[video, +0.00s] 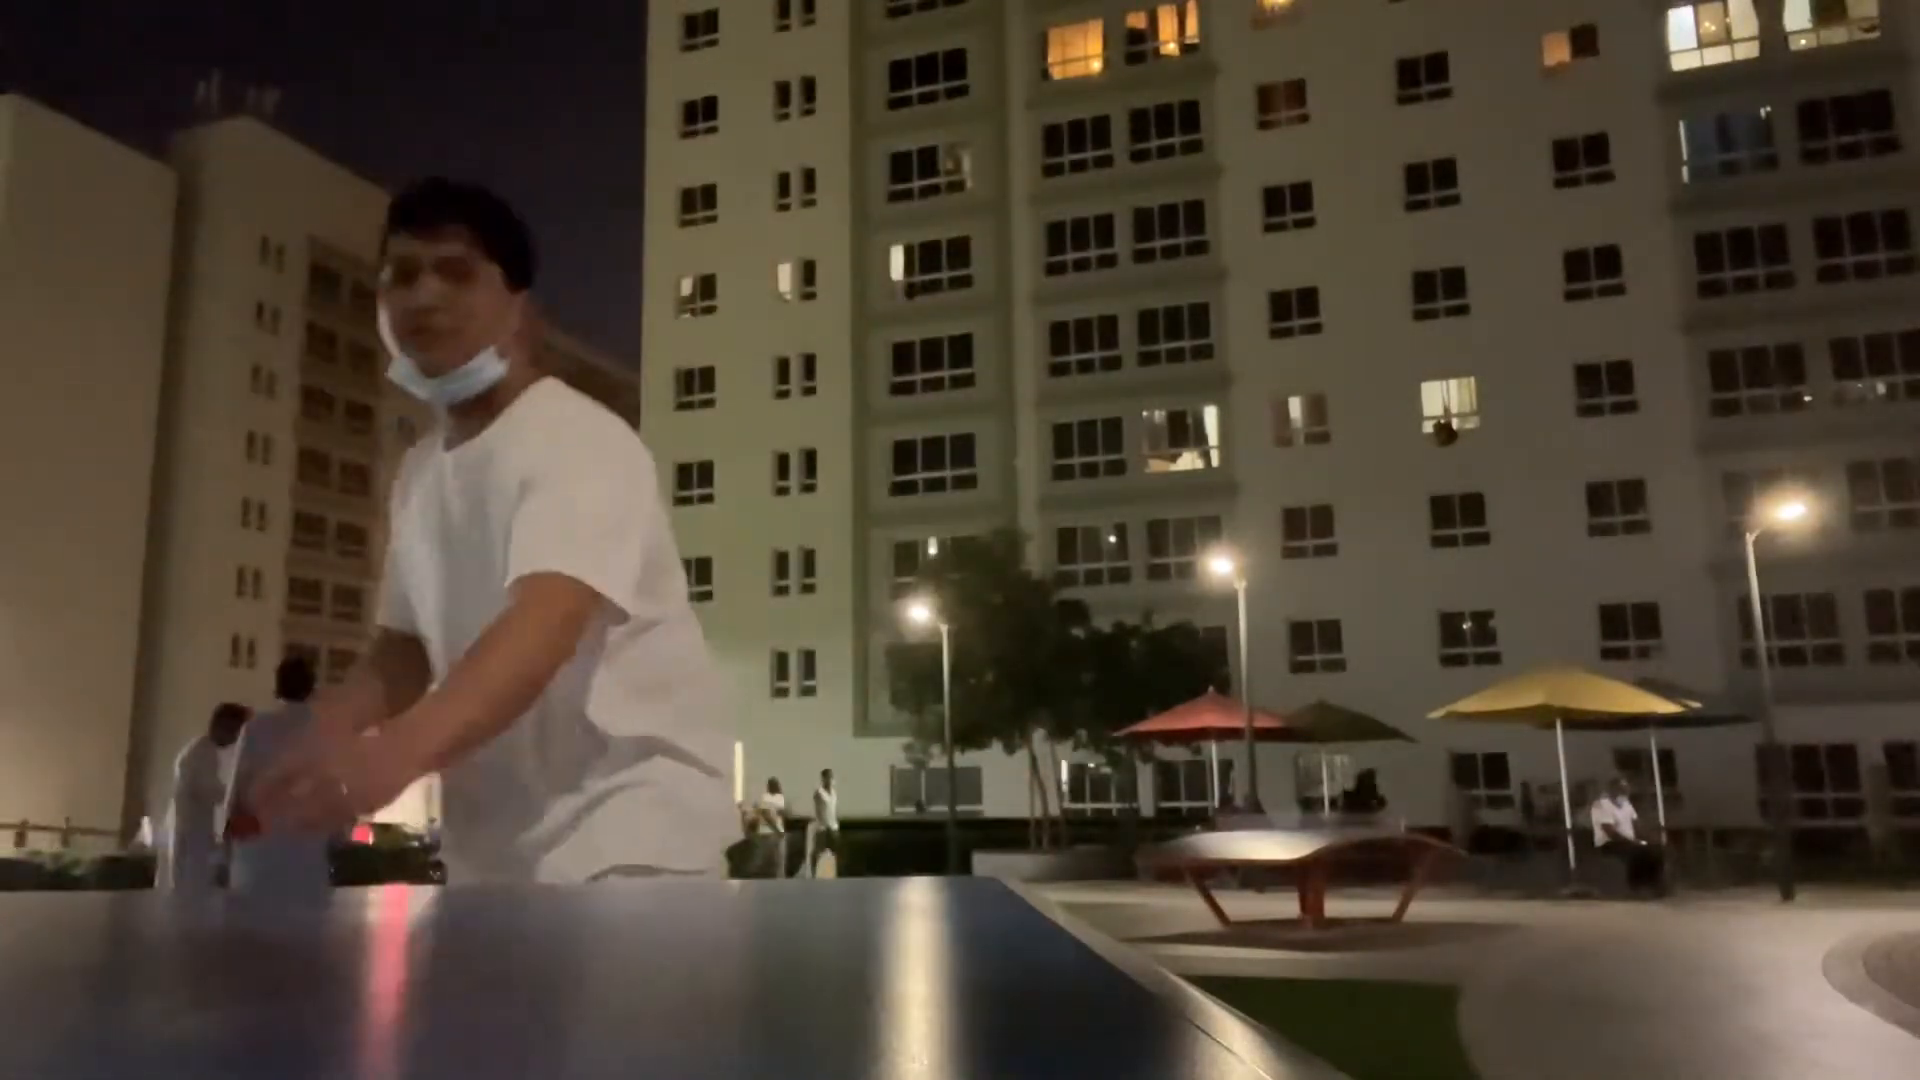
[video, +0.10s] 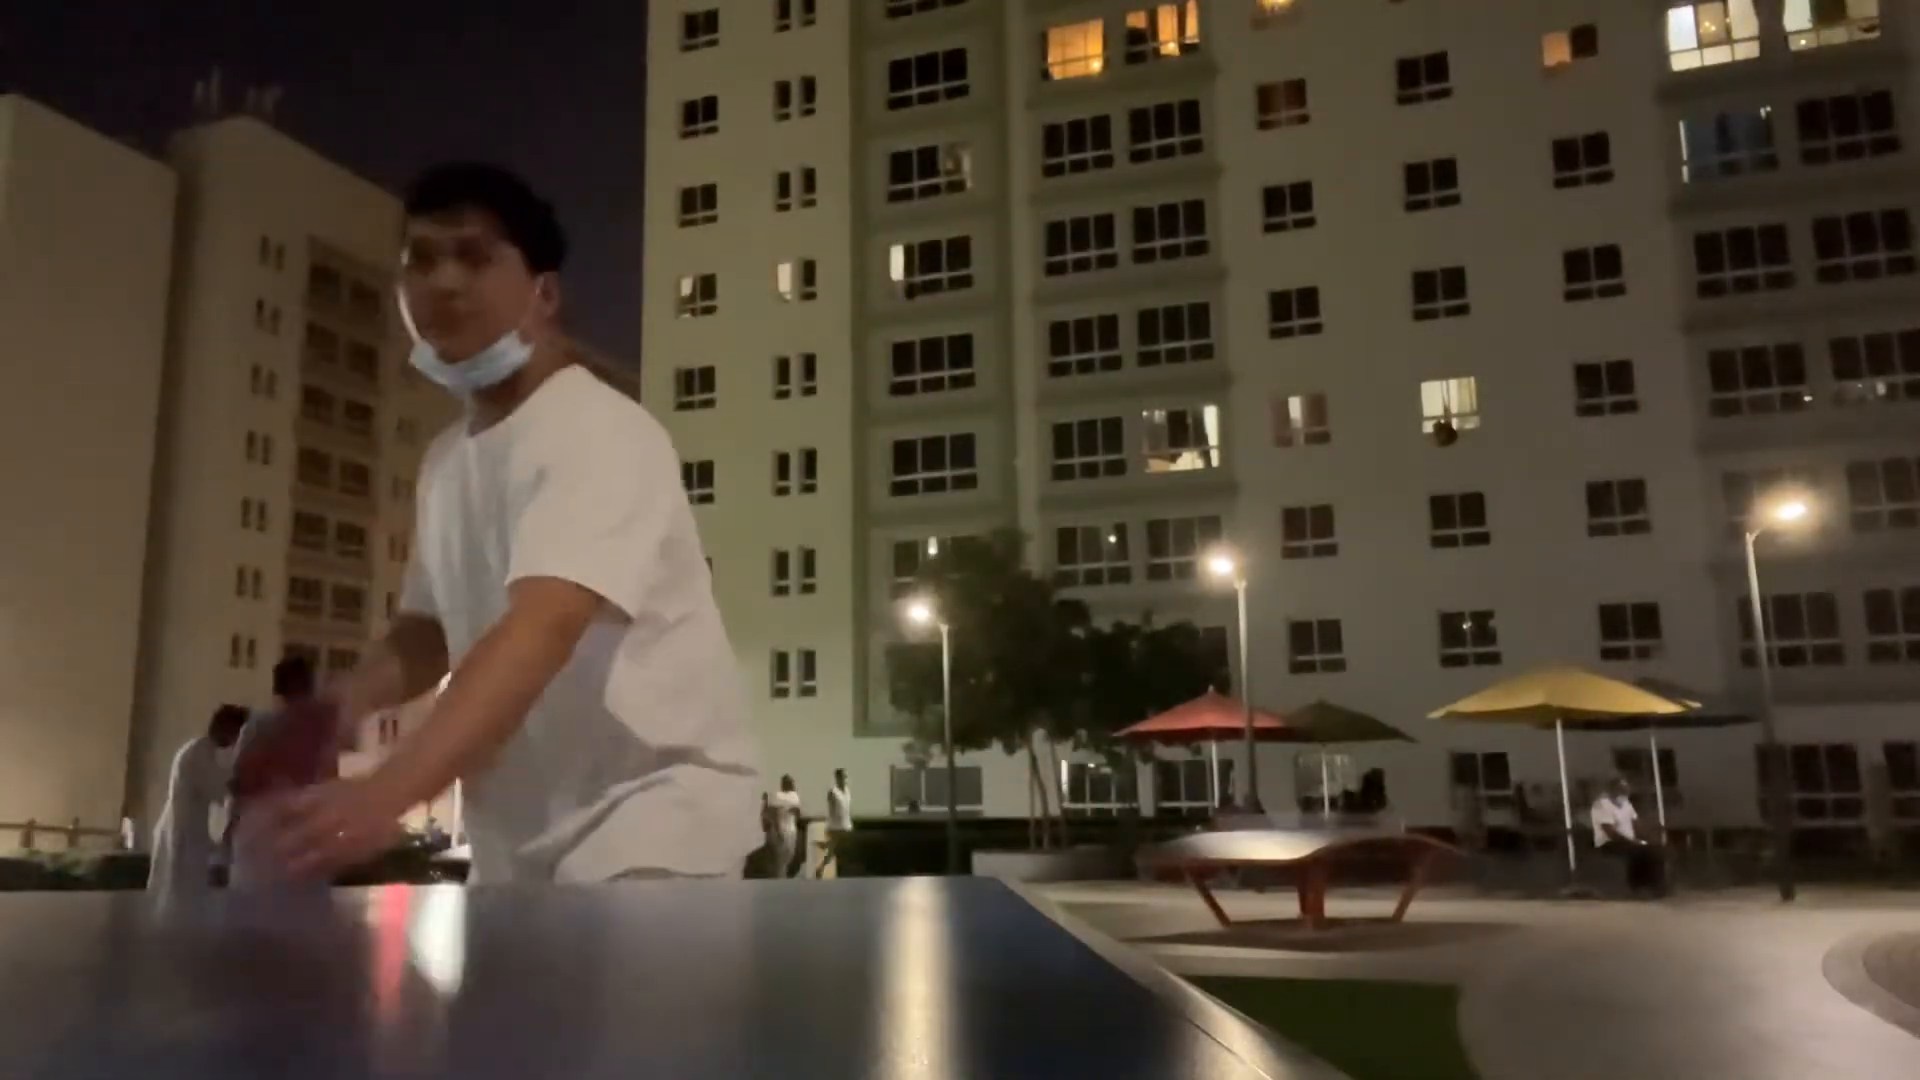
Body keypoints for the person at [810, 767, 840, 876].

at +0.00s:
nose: (830, 781)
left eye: (831, 778)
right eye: (828, 778)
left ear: (833, 779)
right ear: (823, 779)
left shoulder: (833, 793)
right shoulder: (819, 794)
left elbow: (833, 809)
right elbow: (818, 811)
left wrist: (835, 823)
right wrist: (823, 824)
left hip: (833, 826)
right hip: (822, 827)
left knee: (838, 852)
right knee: (816, 852)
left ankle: (839, 875)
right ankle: (813, 874)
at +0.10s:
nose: (844, 780)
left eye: (845, 777)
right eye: (842, 778)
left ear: (846, 778)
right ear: (837, 778)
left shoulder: (846, 791)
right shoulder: (832, 793)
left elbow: (846, 808)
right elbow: (831, 811)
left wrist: (848, 820)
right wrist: (834, 823)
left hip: (847, 825)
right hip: (836, 826)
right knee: (831, 852)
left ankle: (825, 844)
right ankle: (820, 870)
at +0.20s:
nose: (856, 779)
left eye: (857, 776)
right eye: (854, 776)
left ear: (858, 776)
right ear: (849, 777)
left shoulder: (859, 789)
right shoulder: (843, 791)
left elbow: (862, 803)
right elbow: (840, 811)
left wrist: (865, 815)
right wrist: (841, 823)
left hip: (858, 823)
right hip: (848, 824)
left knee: (858, 848)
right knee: (853, 847)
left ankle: (858, 872)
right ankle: (850, 873)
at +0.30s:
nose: (867, 780)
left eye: (868, 777)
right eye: (864, 777)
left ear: (869, 777)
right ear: (859, 777)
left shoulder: (869, 791)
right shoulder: (853, 793)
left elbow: (872, 806)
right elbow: (849, 812)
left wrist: (877, 818)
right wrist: (851, 825)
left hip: (868, 825)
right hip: (857, 826)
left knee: (866, 850)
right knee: (863, 849)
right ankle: (862, 873)